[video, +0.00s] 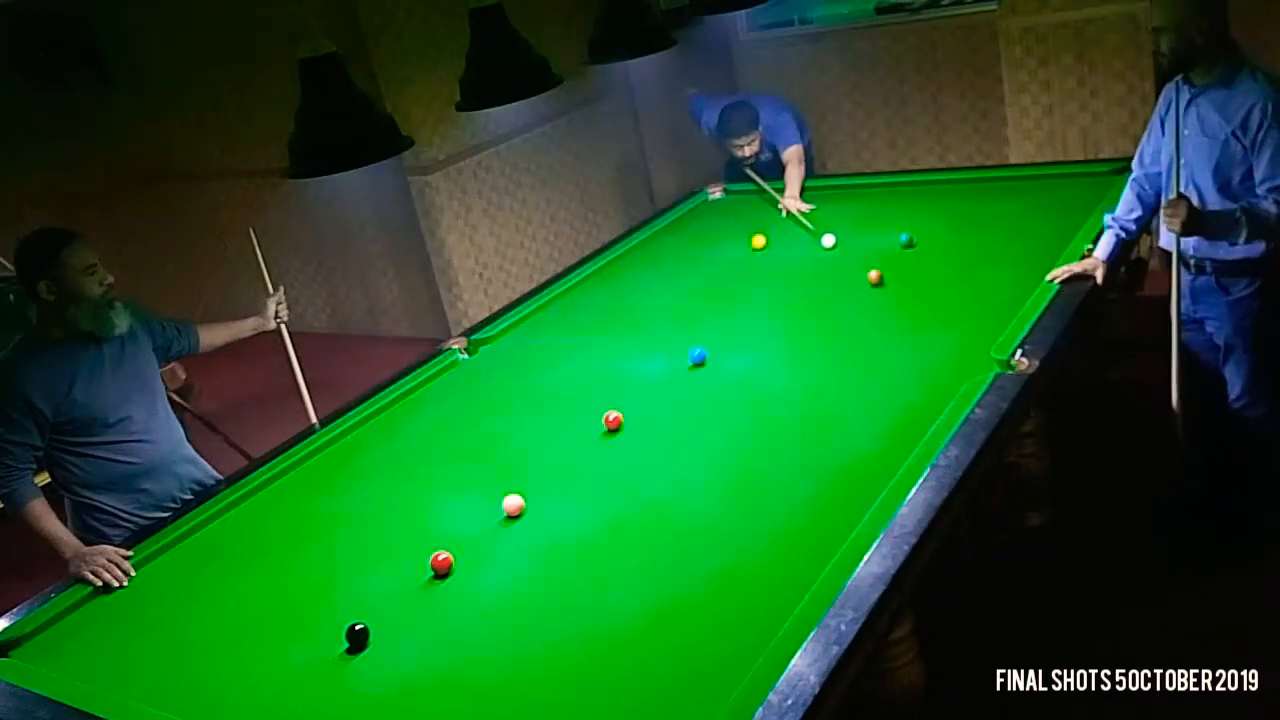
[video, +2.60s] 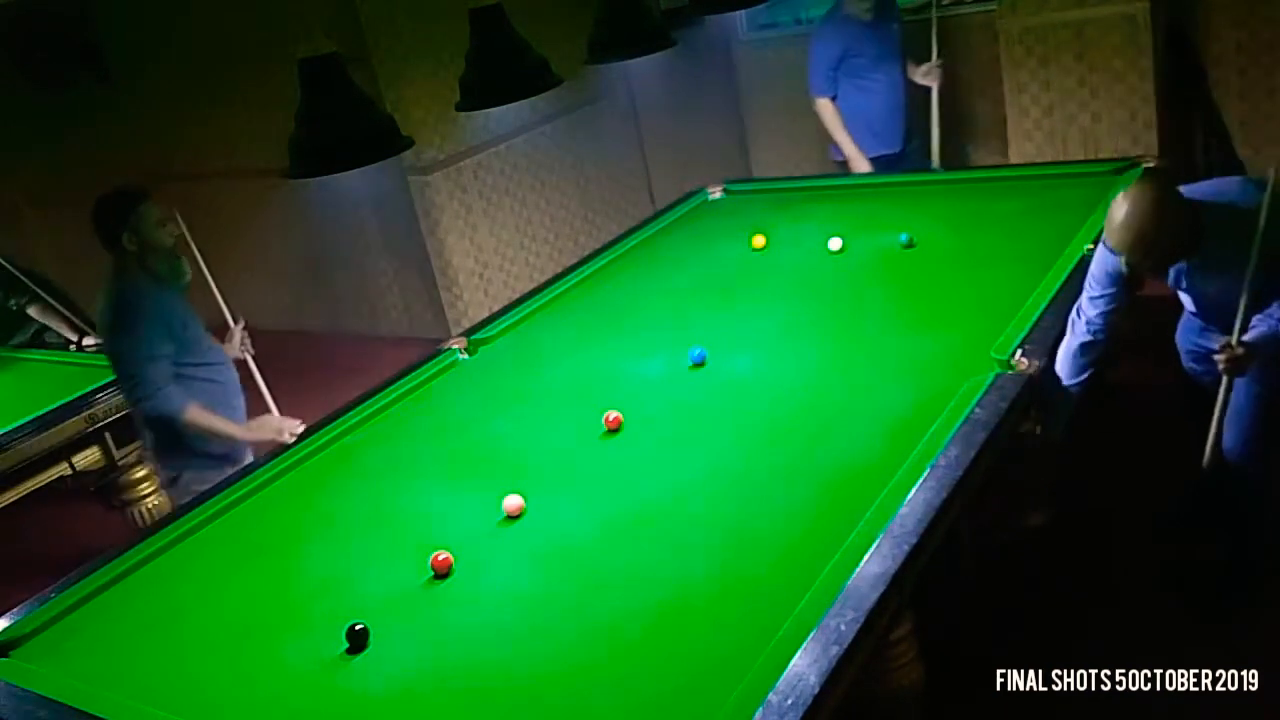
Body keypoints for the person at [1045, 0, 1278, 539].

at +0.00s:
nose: (1157, 46)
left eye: (1165, 32)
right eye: (1154, 34)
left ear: (1205, 28)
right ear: (1170, 36)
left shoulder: (1260, 102)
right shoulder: (1174, 96)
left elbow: (1272, 213)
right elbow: (1144, 178)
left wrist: (1204, 223)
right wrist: (1103, 252)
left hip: (1242, 288)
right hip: (1188, 282)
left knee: (1247, 410)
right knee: (1195, 405)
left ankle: (1252, 526)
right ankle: (1199, 516)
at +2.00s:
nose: (1142, 99)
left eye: (1150, 87)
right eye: (1133, 88)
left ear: (1182, 68)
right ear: (1129, 75)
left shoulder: (1239, 123)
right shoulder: (1144, 119)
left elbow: (1272, 225)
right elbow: (1123, 193)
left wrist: (1220, 275)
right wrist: (1097, 242)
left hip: (1232, 305)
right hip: (1178, 301)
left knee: (1227, 422)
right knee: (1185, 416)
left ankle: (1235, 535)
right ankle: (1191, 523)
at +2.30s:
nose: (1152, 184)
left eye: (1161, 175)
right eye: (1143, 173)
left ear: (1195, 155)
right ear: (1136, 152)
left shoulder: (1259, 174)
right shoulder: (1132, 174)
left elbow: (1276, 273)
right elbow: (1107, 253)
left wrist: (1229, 324)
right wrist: (1097, 332)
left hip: (1248, 311)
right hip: (1184, 299)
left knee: (1228, 439)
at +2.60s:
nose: (1132, 270)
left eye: (1142, 259)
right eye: (1125, 257)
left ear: (1172, 241)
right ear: (1117, 234)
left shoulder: (1247, 221)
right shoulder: (1127, 229)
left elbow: (1279, 303)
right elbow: (1095, 309)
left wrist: (1256, 344)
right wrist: (1068, 377)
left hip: (1263, 336)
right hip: (1203, 320)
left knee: (1238, 456)